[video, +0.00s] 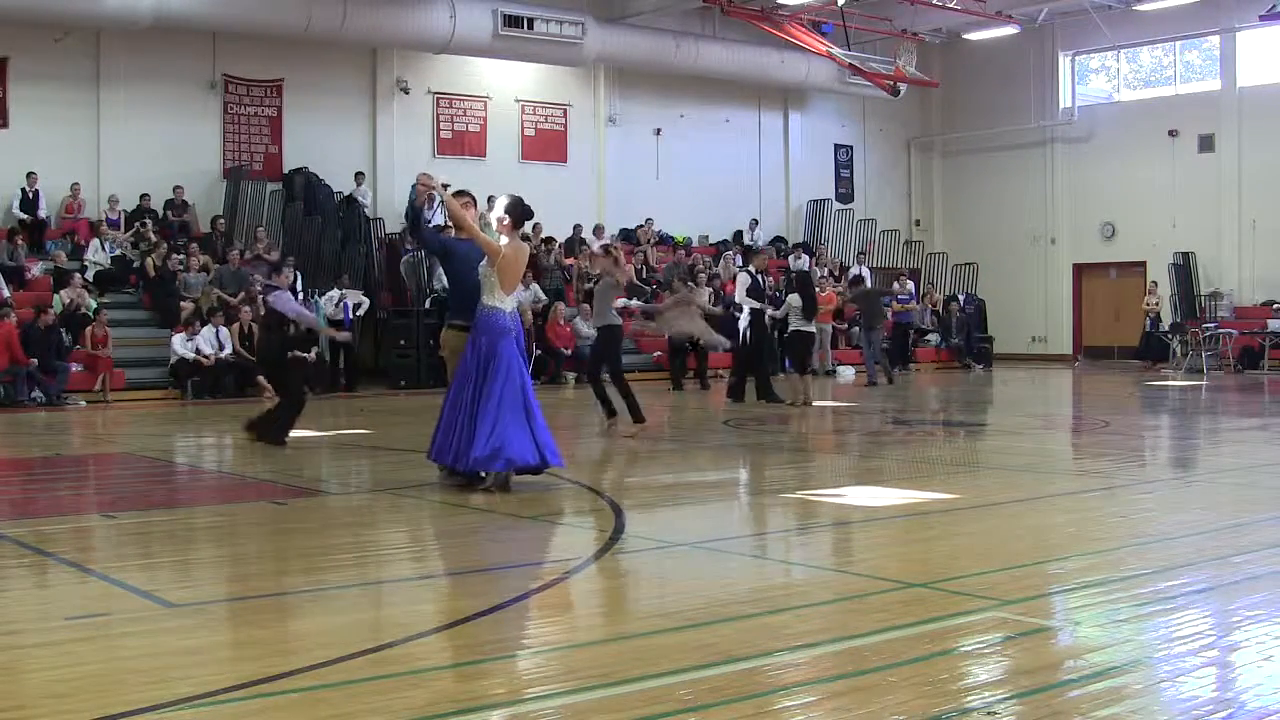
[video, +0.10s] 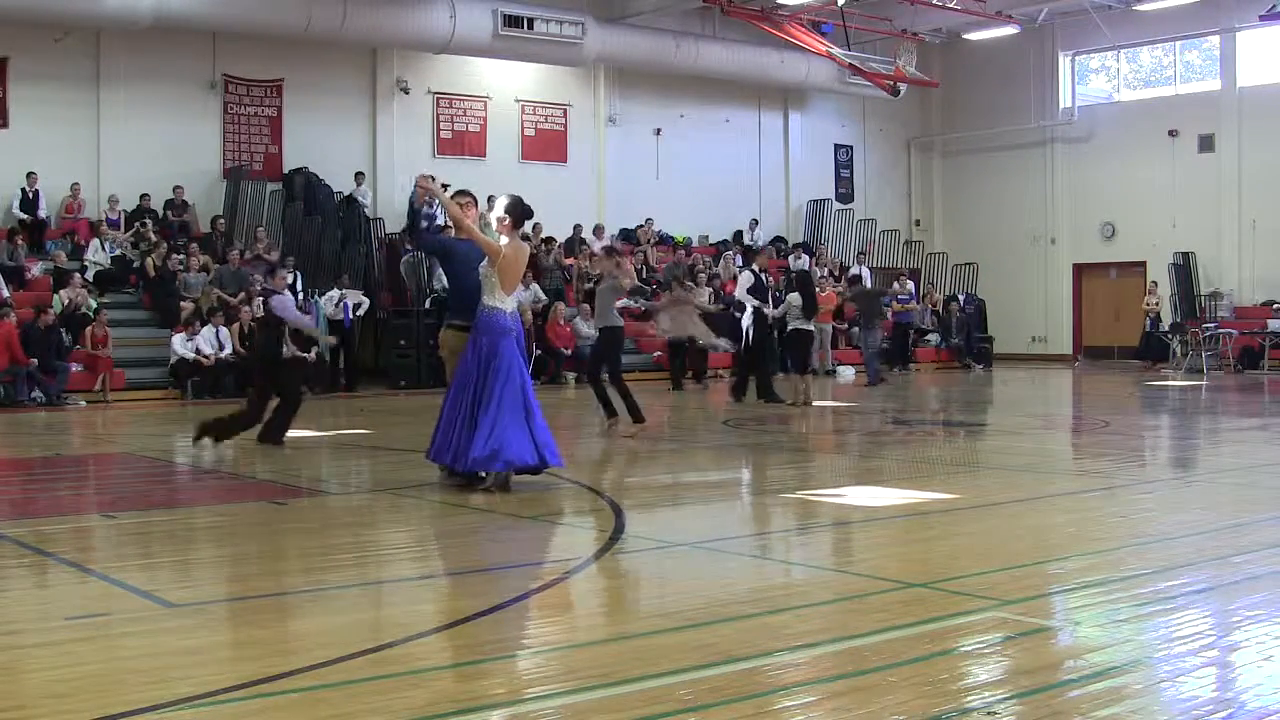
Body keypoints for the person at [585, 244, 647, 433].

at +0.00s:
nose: (595, 261)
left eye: (599, 257)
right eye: (595, 257)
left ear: (610, 259)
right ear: (602, 260)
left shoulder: (613, 279)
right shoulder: (602, 280)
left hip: (611, 328)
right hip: (603, 328)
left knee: (616, 373)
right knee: (592, 373)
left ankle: (638, 418)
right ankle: (611, 414)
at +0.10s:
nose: (598, 262)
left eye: (602, 259)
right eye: (599, 259)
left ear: (613, 261)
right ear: (605, 262)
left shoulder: (615, 281)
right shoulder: (604, 281)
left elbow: (640, 291)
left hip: (613, 329)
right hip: (605, 329)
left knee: (614, 376)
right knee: (592, 374)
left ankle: (638, 419)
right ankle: (611, 415)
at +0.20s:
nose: (598, 263)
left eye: (601, 260)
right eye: (598, 260)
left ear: (613, 261)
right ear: (608, 262)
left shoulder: (616, 280)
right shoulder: (607, 280)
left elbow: (631, 295)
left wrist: (631, 277)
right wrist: (652, 304)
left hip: (612, 330)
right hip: (607, 330)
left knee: (615, 378)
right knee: (589, 376)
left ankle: (639, 420)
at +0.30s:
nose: (598, 263)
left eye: (601, 260)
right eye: (598, 260)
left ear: (611, 261)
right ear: (609, 262)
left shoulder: (616, 281)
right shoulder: (606, 281)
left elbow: (627, 296)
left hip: (611, 332)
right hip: (603, 331)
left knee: (614, 379)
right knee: (586, 378)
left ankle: (638, 419)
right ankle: (602, 420)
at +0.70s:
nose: (576, 265)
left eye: (579, 261)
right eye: (576, 261)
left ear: (588, 261)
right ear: (587, 261)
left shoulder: (594, 280)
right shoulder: (584, 282)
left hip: (589, 332)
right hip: (581, 332)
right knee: (582, 378)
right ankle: (603, 419)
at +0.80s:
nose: (566, 267)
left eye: (569, 262)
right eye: (564, 263)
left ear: (580, 263)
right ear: (568, 264)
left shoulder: (585, 284)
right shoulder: (573, 284)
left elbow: (581, 310)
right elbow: (562, 311)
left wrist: (577, 338)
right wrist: (550, 333)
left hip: (575, 338)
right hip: (568, 337)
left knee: (550, 374)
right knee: (583, 381)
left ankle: (547, 420)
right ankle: (603, 420)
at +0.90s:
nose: (555, 267)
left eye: (559, 262)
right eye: (555, 263)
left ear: (568, 264)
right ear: (566, 265)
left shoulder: (569, 286)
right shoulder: (563, 285)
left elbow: (561, 311)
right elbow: (548, 305)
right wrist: (535, 319)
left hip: (563, 335)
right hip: (562, 334)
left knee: (544, 380)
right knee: (576, 378)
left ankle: (543, 423)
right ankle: (598, 417)